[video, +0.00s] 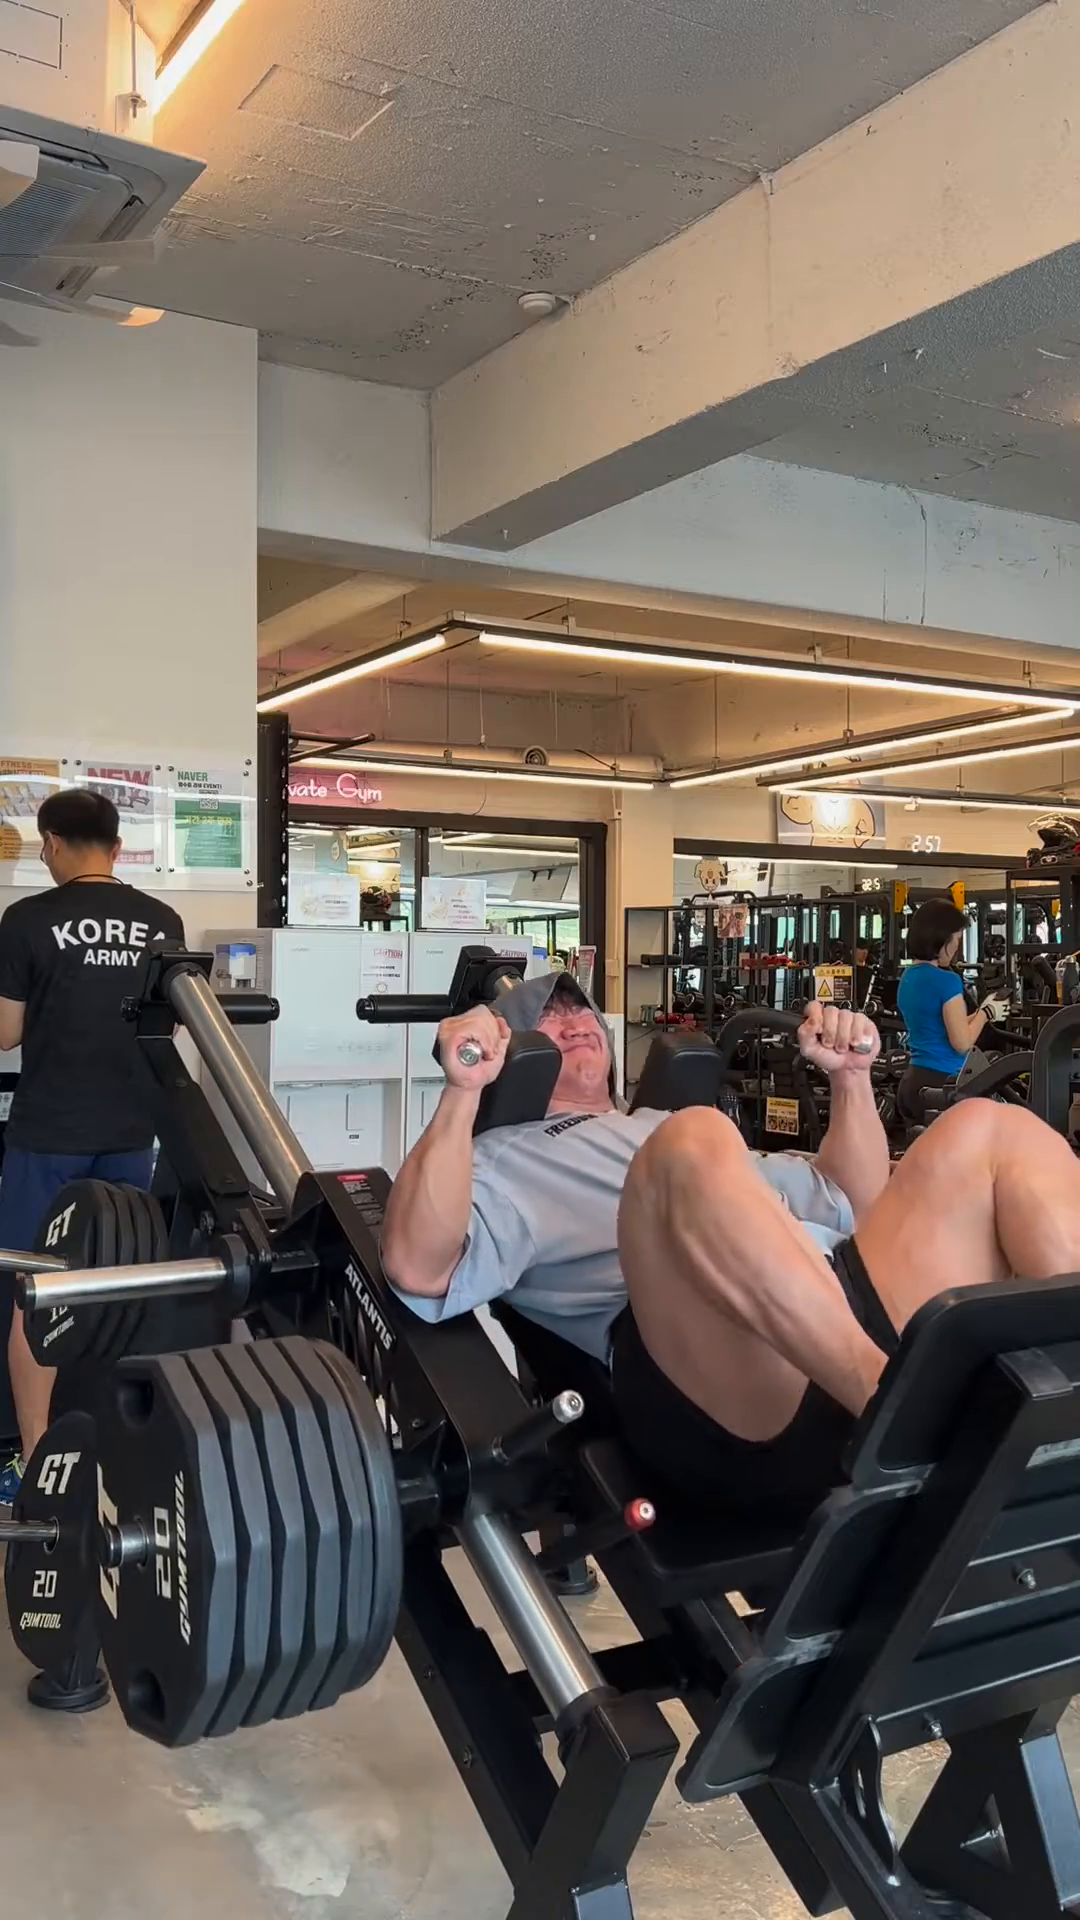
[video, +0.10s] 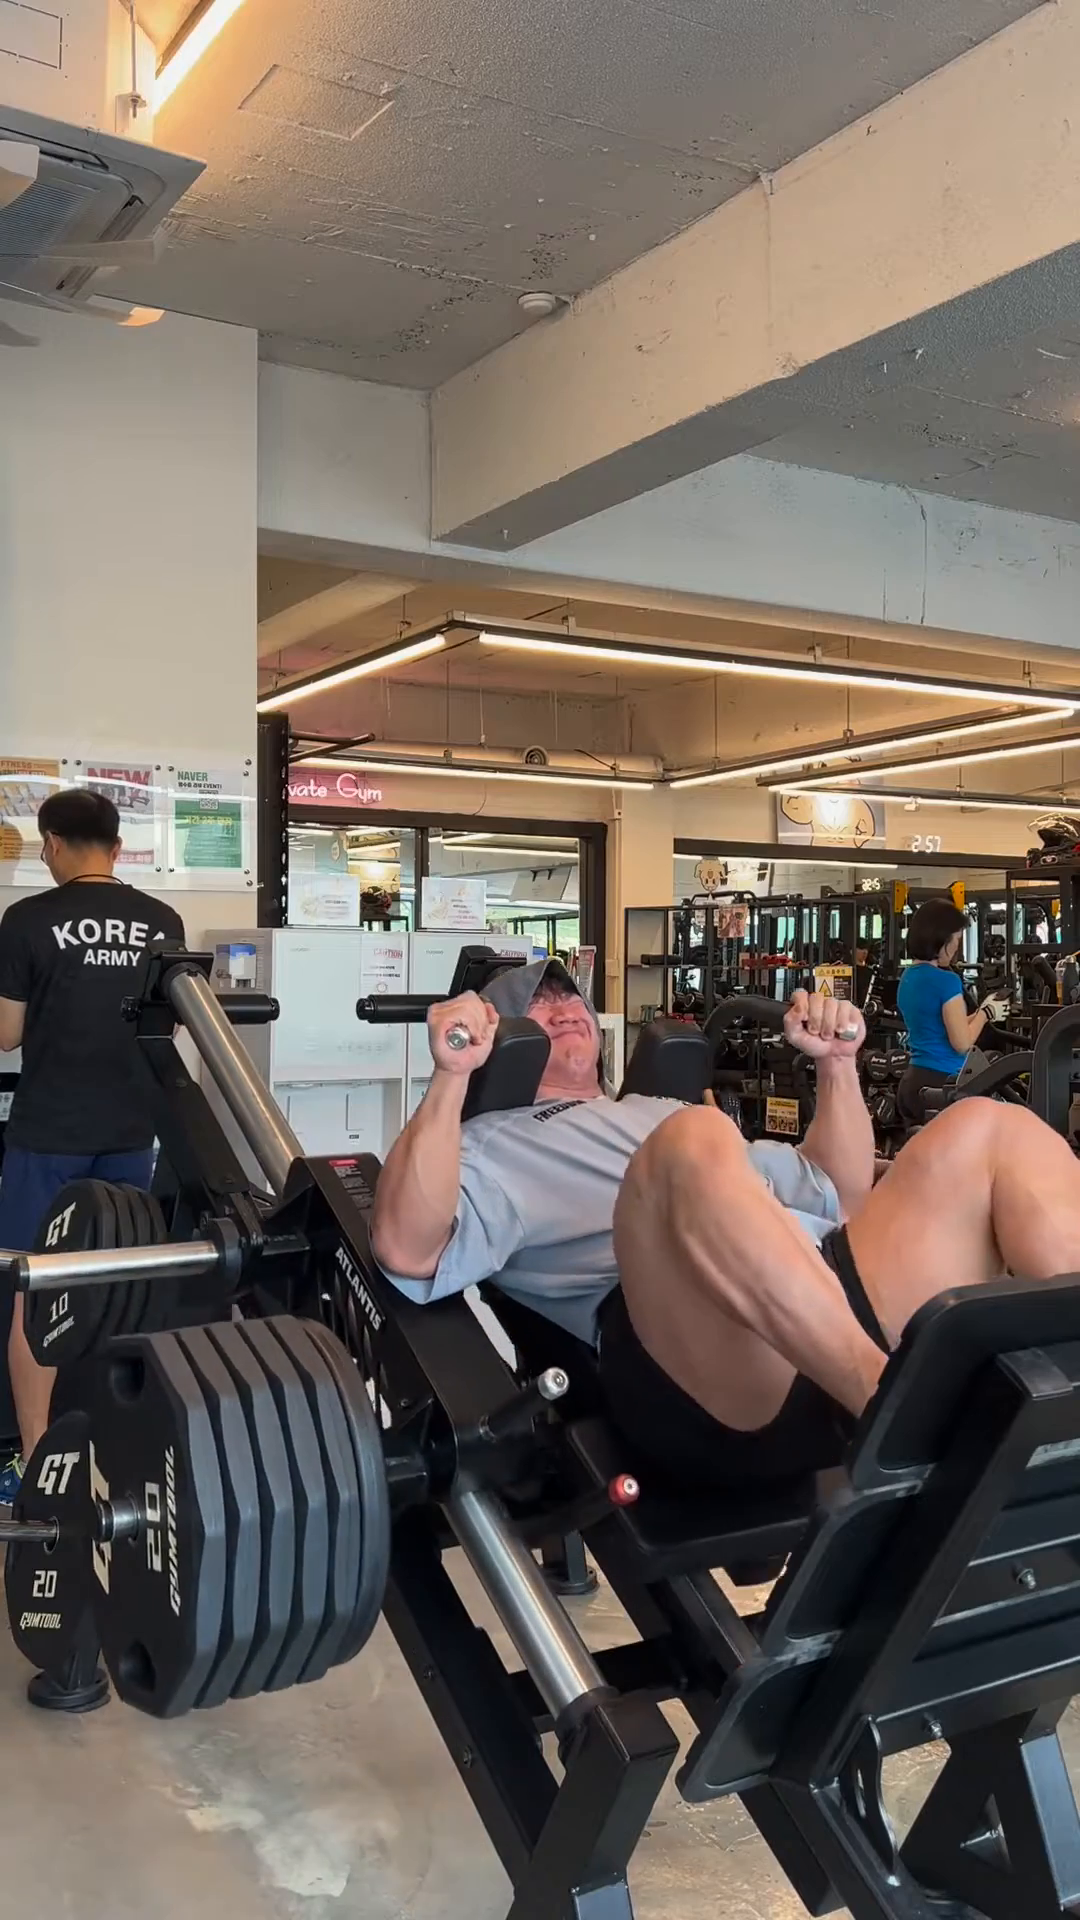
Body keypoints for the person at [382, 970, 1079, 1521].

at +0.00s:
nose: (578, 1024)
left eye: (585, 1011)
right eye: (550, 1014)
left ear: (607, 1044)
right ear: (503, 1054)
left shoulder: (666, 1131)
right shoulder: (504, 1166)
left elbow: (850, 1207)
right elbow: (417, 1270)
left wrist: (848, 1083)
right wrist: (464, 1092)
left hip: (864, 1381)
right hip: (713, 1430)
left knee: (990, 1133)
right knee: (692, 1138)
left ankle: (1071, 1380)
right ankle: (892, 1403)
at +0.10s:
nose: (566, 1009)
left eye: (572, 994)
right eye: (541, 996)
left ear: (595, 1025)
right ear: (494, 1035)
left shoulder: (656, 1113)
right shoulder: (491, 1152)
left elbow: (837, 1197)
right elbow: (405, 1252)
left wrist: (835, 1070)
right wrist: (452, 1076)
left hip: (849, 1351)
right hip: (702, 1411)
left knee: (989, 1132)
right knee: (689, 1137)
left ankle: (1072, 1371)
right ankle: (885, 1403)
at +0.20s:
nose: (555, 995)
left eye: (561, 984)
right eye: (531, 986)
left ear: (583, 1014)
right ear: (486, 1025)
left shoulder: (657, 1100)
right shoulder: (480, 1137)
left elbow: (824, 1183)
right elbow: (395, 1233)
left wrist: (821, 1057)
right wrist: (441, 1059)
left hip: (829, 1325)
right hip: (684, 1386)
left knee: (995, 1136)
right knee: (683, 1144)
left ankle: (1070, 1379)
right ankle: (886, 1404)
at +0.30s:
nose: (544, 980)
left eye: (552, 972)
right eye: (521, 975)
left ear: (576, 1003)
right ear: (486, 1018)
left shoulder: (646, 1084)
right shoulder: (470, 1120)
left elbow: (808, 1167)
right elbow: (385, 1215)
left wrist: (806, 1038)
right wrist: (427, 1047)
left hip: (811, 1307)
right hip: (667, 1367)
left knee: (994, 1137)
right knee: (682, 1150)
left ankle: (1074, 1377)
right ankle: (894, 1414)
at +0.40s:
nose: (536, 972)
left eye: (540, 962)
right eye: (514, 966)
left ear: (560, 989)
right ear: (476, 1004)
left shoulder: (635, 1071)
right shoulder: (458, 1102)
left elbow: (792, 1150)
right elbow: (372, 1195)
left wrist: (792, 1023)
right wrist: (414, 1028)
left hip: (797, 1279)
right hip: (650, 1331)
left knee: (986, 1142)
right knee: (676, 1154)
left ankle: (1075, 1373)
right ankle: (893, 1418)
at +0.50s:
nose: (516, 958)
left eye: (526, 948)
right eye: (493, 951)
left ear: (552, 974)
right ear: (460, 992)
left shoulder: (624, 1057)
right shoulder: (442, 1078)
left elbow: (774, 1135)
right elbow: (358, 1170)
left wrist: (774, 1009)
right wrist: (399, 1011)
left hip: (776, 1253)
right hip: (623, 1308)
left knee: (976, 1149)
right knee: (667, 1166)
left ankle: (1072, 1382)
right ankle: (896, 1424)